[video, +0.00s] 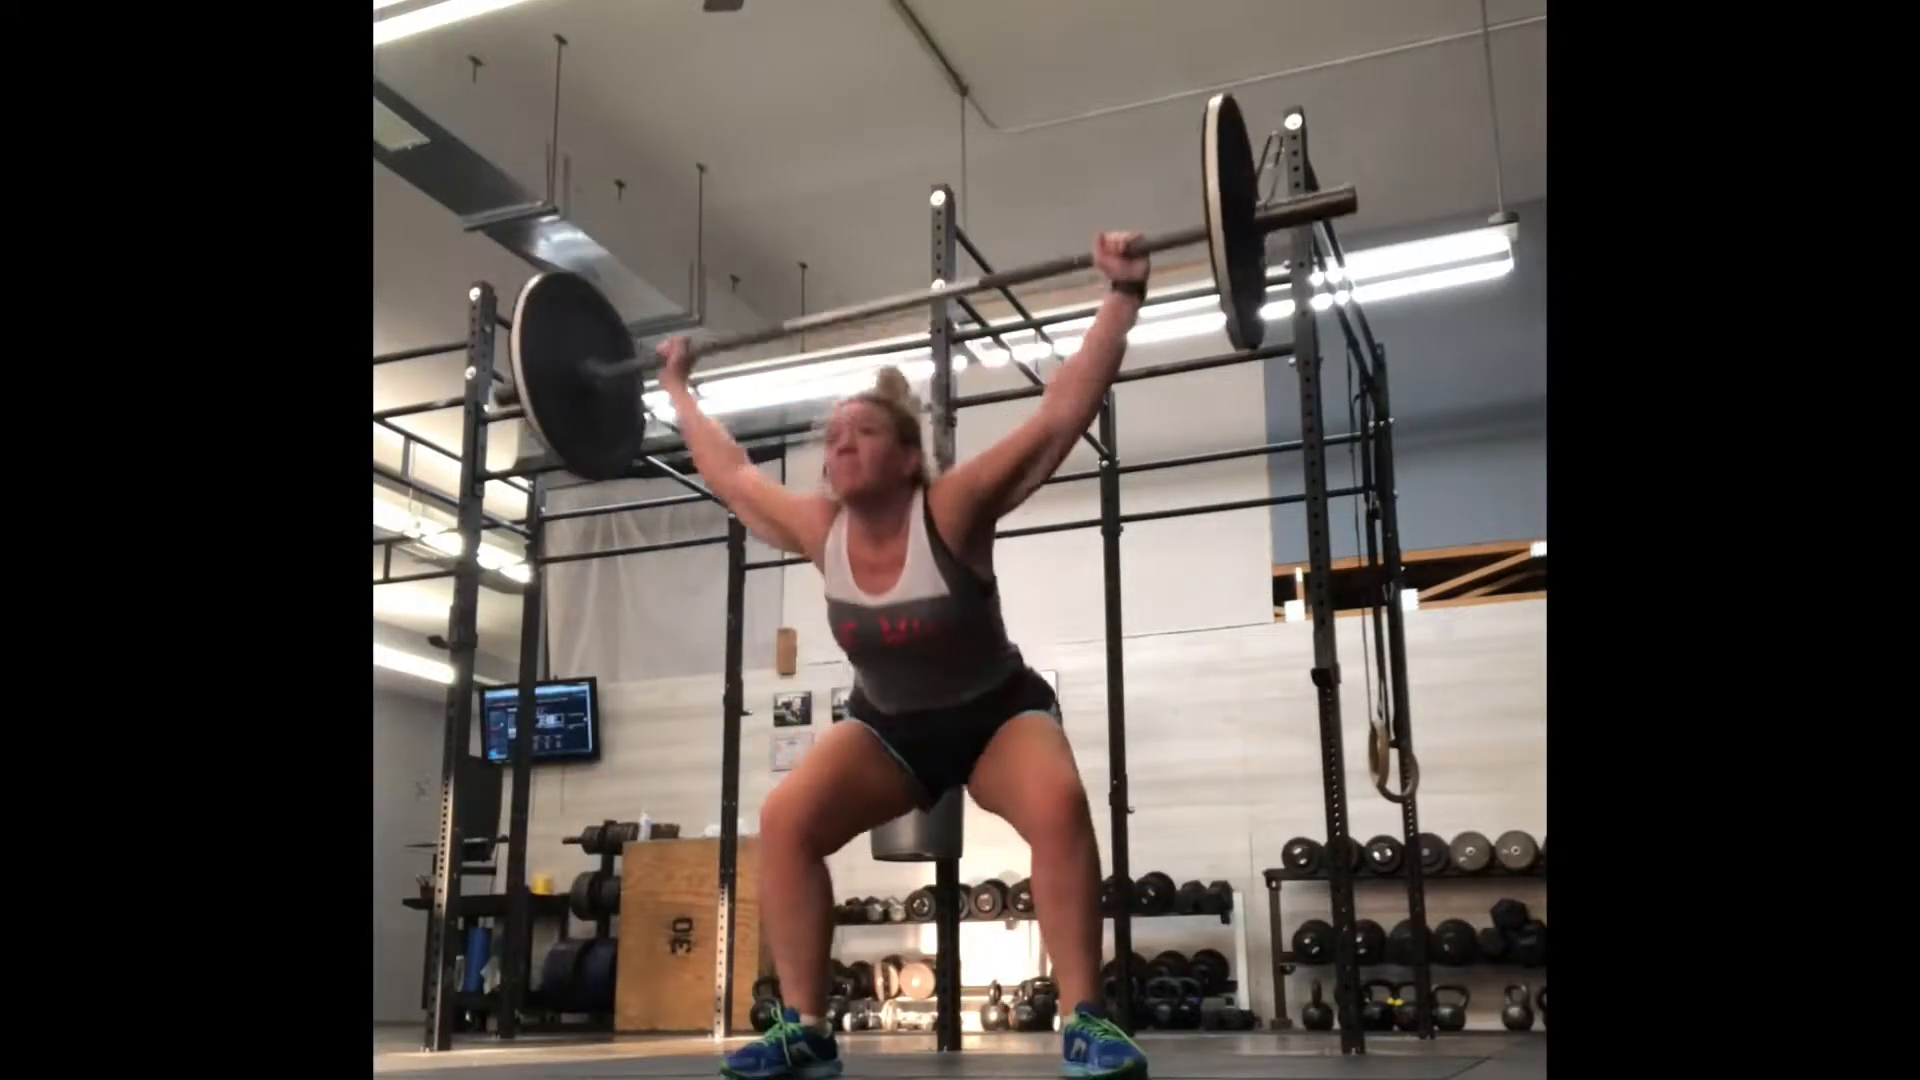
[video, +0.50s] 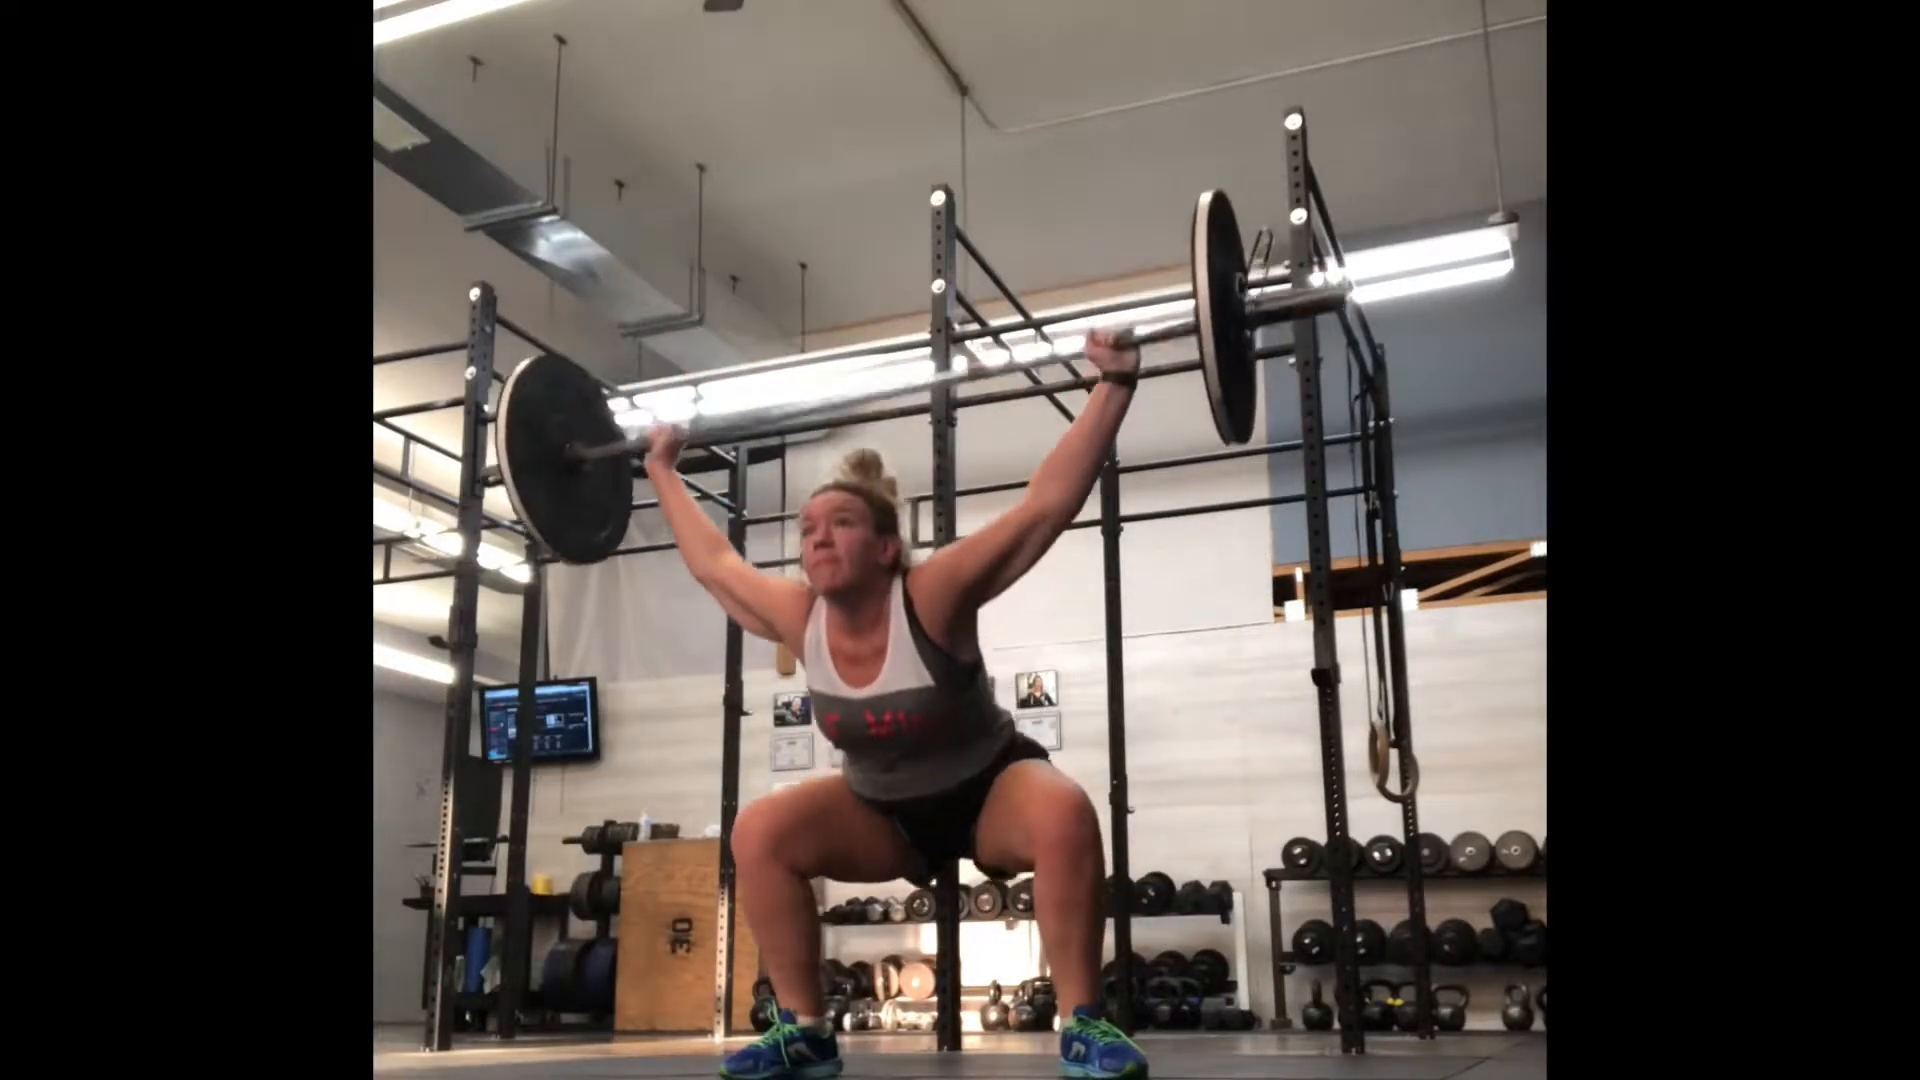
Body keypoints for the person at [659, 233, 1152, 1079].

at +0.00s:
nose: (843, 445)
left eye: (864, 432)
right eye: (833, 436)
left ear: (906, 452)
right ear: (825, 455)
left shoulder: (956, 503)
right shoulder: (818, 526)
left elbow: (1061, 417)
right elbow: (730, 476)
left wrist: (1120, 298)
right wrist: (675, 388)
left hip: (998, 719)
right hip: (888, 732)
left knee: (1061, 809)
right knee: (785, 820)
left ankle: (1081, 1017)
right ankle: (803, 1026)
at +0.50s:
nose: (817, 538)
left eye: (838, 524)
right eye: (807, 528)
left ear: (888, 545)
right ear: (802, 550)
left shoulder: (938, 590)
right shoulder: (798, 616)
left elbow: (1043, 510)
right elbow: (712, 562)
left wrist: (1115, 385)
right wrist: (659, 468)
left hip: (987, 796)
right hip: (878, 810)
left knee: (1067, 812)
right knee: (760, 832)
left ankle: (1082, 1024)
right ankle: (802, 1030)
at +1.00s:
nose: (827, 566)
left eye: (849, 549)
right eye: (816, 555)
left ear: (896, 571)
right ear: (810, 576)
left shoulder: (946, 614)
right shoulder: (807, 640)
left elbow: (1051, 536)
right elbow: (715, 588)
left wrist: (1119, 407)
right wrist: (651, 491)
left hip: (988, 818)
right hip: (878, 830)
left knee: (1067, 815)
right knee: (760, 834)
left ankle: (1079, 1025)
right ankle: (802, 1031)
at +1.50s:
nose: (834, 393)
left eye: (855, 379)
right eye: (828, 380)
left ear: (899, 401)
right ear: (822, 399)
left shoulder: (949, 456)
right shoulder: (812, 481)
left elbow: (1062, 375)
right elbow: (722, 434)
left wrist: (1125, 256)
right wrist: (668, 343)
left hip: (994, 683)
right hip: (884, 699)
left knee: (1045, 816)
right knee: (775, 819)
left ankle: (1078, 1018)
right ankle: (800, 1021)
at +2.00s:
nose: (859, 264)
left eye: (876, 252)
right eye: (849, 257)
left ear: (917, 269)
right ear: (838, 280)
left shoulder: (963, 336)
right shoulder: (824, 364)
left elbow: (1054, 233)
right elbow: (731, 303)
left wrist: (1124, 133)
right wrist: (685, 221)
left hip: (957, 595)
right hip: (847, 603)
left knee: (1003, 804)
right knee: (839, 812)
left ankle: (1080, 1007)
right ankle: (806, 1025)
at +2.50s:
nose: (821, 596)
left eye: (841, 581)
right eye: (813, 583)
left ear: (886, 601)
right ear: (806, 600)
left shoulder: (940, 672)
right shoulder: (811, 694)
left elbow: (1034, 794)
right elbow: (756, 812)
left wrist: (1118, 899)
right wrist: (680, 917)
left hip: (974, 819)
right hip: (887, 827)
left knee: (1016, 844)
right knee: (780, 850)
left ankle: (1036, 1020)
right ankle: (844, 1024)